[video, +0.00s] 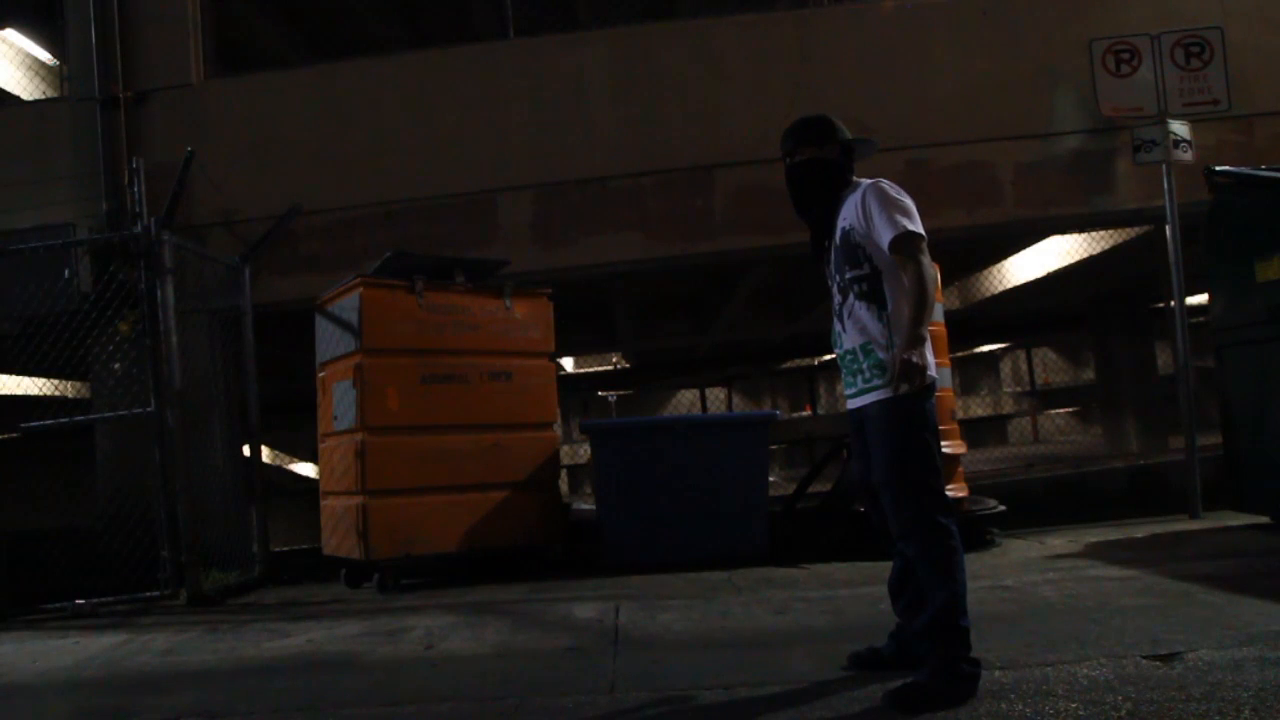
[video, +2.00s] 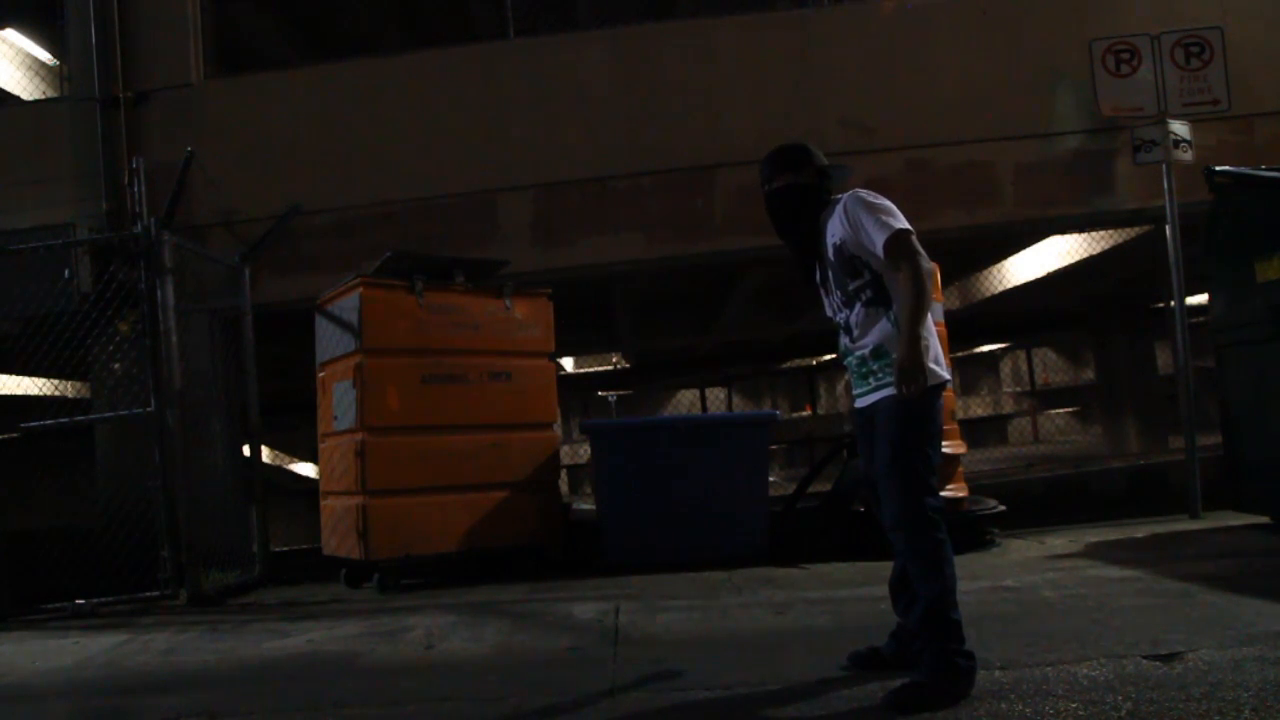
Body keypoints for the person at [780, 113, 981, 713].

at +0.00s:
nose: (796, 180)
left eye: (804, 166)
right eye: (791, 169)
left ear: (833, 161)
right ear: (802, 169)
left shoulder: (873, 195)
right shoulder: (840, 221)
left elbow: (918, 265)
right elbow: (860, 306)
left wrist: (912, 345)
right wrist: (856, 383)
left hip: (902, 393)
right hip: (872, 398)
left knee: (925, 521)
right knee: (898, 522)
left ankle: (951, 662)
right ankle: (913, 639)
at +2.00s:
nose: (776, 203)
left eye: (782, 188)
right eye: (770, 193)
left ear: (811, 180)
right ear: (779, 195)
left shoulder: (855, 207)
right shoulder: (825, 245)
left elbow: (914, 265)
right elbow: (865, 318)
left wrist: (910, 353)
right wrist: (864, 387)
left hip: (905, 393)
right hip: (877, 401)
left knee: (916, 521)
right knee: (899, 521)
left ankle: (947, 661)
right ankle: (914, 639)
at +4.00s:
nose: (782, 203)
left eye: (789, 188)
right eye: (776, 193)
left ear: (817, 180)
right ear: (785, 193)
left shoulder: (864, 210)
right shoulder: (827, 247)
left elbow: (921, 275)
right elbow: (859, 329)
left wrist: (921, 374)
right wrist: (863, 396)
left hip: (910, 394)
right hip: (877, 401)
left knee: (911, 519)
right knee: (895, 519)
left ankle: (945, 660)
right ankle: (913, 639)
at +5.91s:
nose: (712, 221)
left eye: (720, 207)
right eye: (708, 210)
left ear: (747, 202)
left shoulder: (794, 232)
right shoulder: (757, 272)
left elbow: (856, 287)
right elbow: (805, 345)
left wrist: (882, 377)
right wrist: (814, 408)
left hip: (871, 394)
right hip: (843, 402)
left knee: (846, 517)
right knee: (878, 514)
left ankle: (929, 634)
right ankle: (908, 635)